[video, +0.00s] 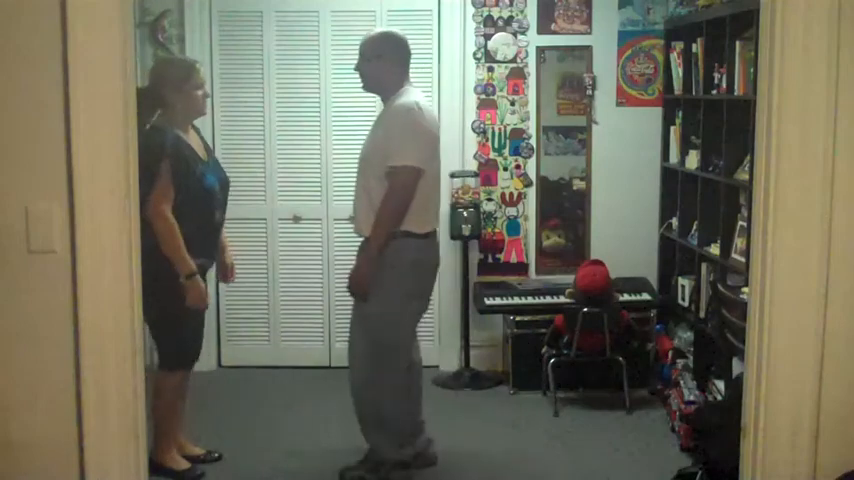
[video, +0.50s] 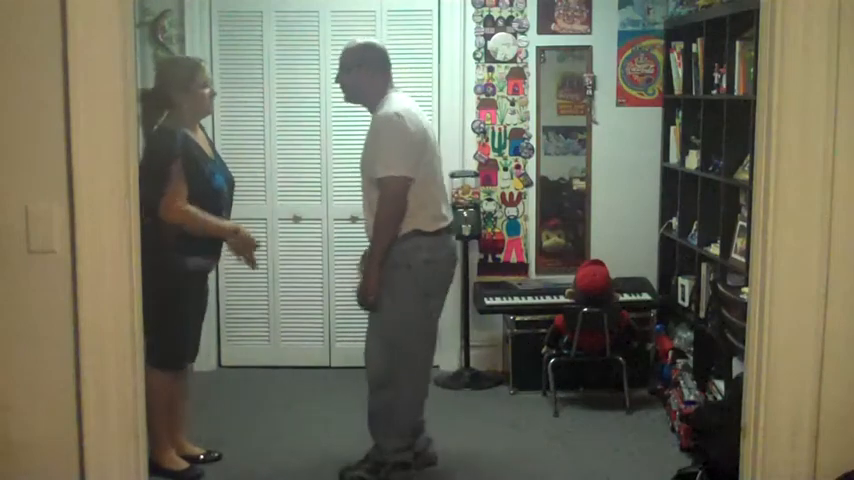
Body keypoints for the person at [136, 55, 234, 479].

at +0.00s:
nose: (205, 92)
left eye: (203, 86)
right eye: (197, 88)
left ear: (188, 94)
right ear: (172, 94)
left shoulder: (192, 134)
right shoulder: (158, 139)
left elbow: (202, 200)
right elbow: (157, 211)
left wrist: (222, 248)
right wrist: (188, 273)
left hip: (194, 263)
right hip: (167, 266)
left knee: (184, 358)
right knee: (174, 360)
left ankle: (176, 440)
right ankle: (163, 450)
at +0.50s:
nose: (211, 91)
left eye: (210, 85)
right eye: (203, 87)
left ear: (196, 94)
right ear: (179, 94)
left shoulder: (197, 133)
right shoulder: (169, 139)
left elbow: (199, 200)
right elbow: (171, 209)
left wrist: (232, 235)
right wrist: (229, 231)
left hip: (193, 264)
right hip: (169, 266)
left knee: (181, 358)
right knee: (164, 360)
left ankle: (178, 439)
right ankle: (162, 449)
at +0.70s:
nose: (222, 94)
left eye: (219, 87)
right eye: (214, 89)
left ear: (197, 95)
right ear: (191, 96)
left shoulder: (203, 138)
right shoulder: (183, 144)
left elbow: (212, 205)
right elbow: (209, 214)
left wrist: (255, 215)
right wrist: (262, 215)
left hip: (197, 267)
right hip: (175, 269)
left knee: (192, 358)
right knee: (172, 362)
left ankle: (179, 441)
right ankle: (161, 450)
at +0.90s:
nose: (235, 91)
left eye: (232, 85)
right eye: (227, 87)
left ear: (206, 98)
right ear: (205, 96)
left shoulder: (214, 136)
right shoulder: (199, 144)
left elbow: (225, 197)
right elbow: (219, 211)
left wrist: (257, 210)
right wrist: (265, 214)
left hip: (192, 259)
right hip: (186, 263)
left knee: (189, 351)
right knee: (226, 350)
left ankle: (173, 445)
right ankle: (223, 454)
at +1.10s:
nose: (257, 96)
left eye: (254, 90)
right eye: (249, 91)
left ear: (226, 102)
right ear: (225, 101)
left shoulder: (233, 142)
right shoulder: (219, 147)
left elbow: (257, 175)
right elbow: (224, 213)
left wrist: (295, 178)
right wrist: (279, 225)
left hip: (219, 265)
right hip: (214, 269)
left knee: (203, 356)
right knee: (264, 352)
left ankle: (176, 443)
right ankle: (288, 451)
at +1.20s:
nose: (269, 98)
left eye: (266, 92)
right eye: (260, 94)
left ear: (241, 105)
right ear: (237, 104)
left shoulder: (250, 144)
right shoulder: (234, 148)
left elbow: (279, 171)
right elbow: (230, 214)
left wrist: (324, 165)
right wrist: (289, 231)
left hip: (245, 269)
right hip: (228, 271)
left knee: (230, 356)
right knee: (276, 356)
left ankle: (182, 437)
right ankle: (289, 452)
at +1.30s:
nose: (283, 98)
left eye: (280, 92)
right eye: (275, 93)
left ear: (255, 103)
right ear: (252, 103)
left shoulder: (270, 143)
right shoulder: (246, 146)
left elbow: (306, 167)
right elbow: (239, 211)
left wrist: (353, 157)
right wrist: (299, 232)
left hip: (269, 267)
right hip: (245, 269)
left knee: (282, 353)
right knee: (284, 354)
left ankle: (216, 411)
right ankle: (290, 455)